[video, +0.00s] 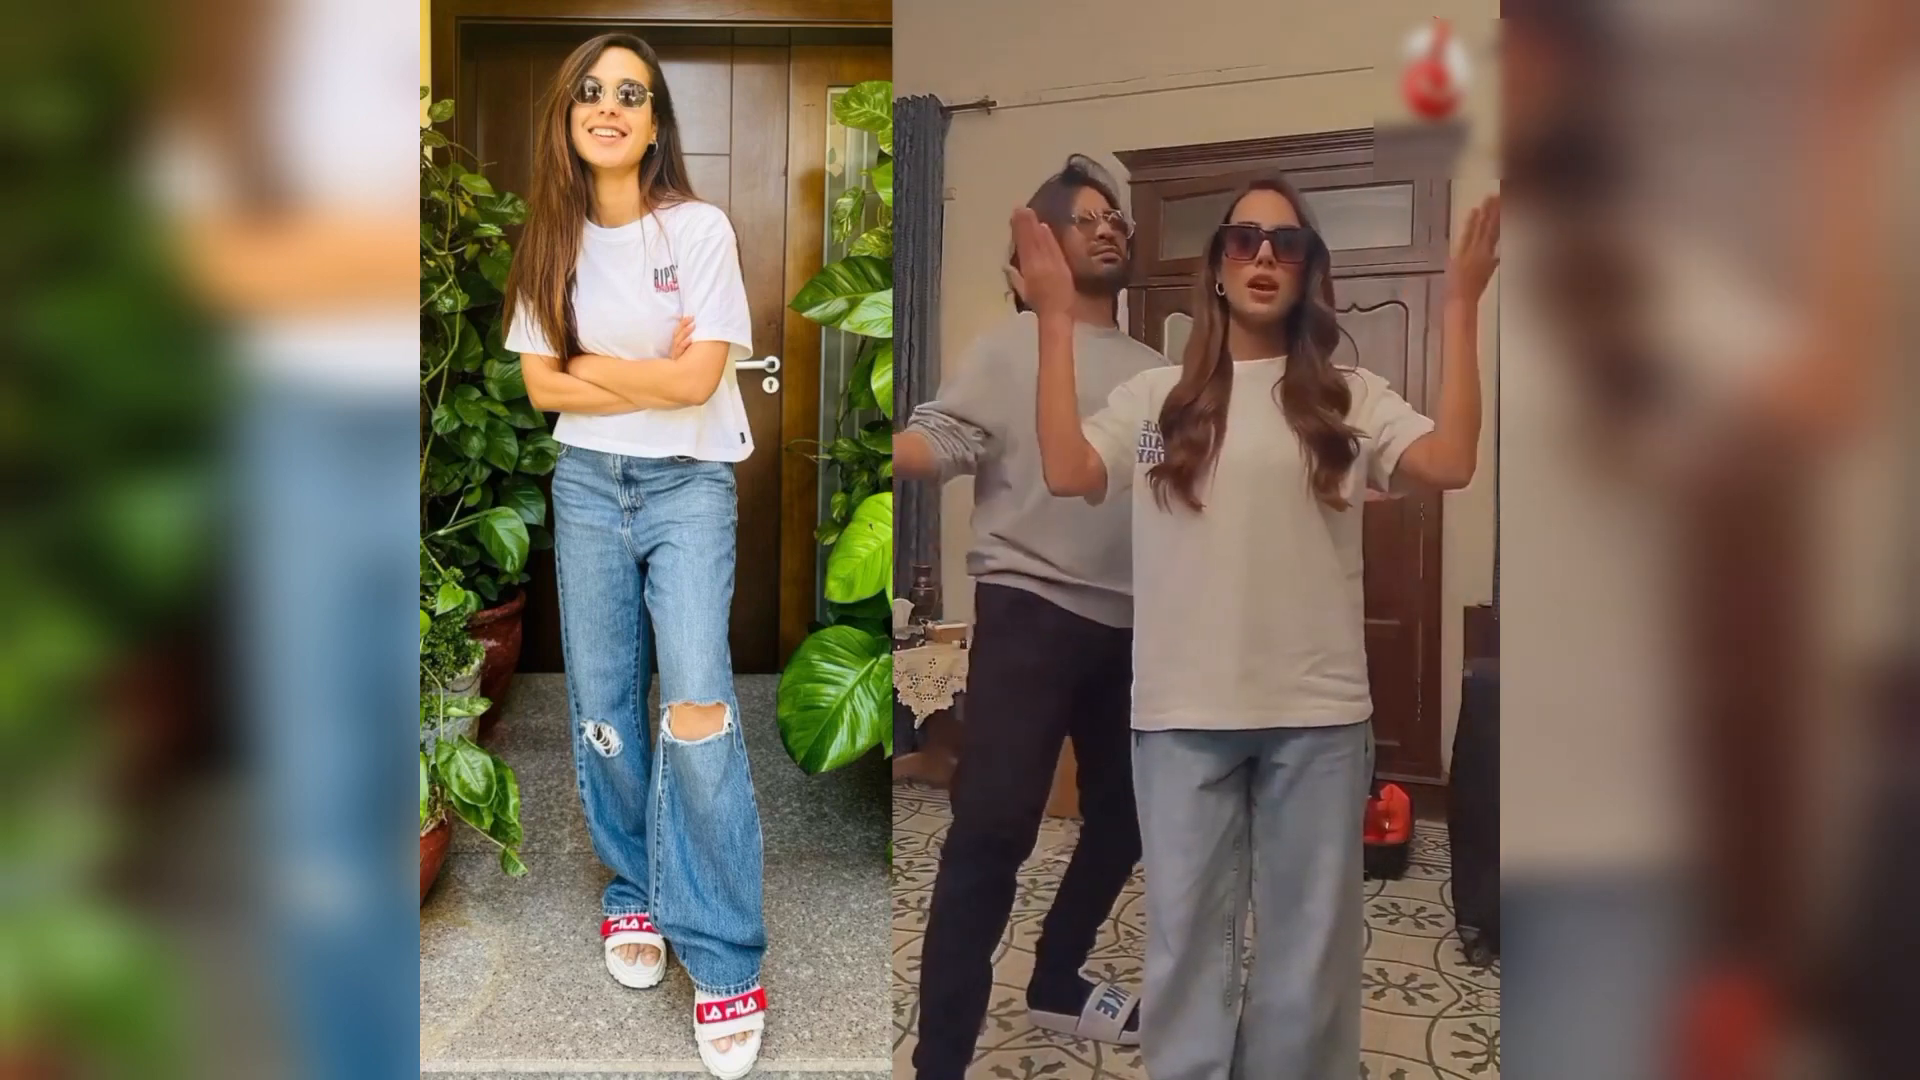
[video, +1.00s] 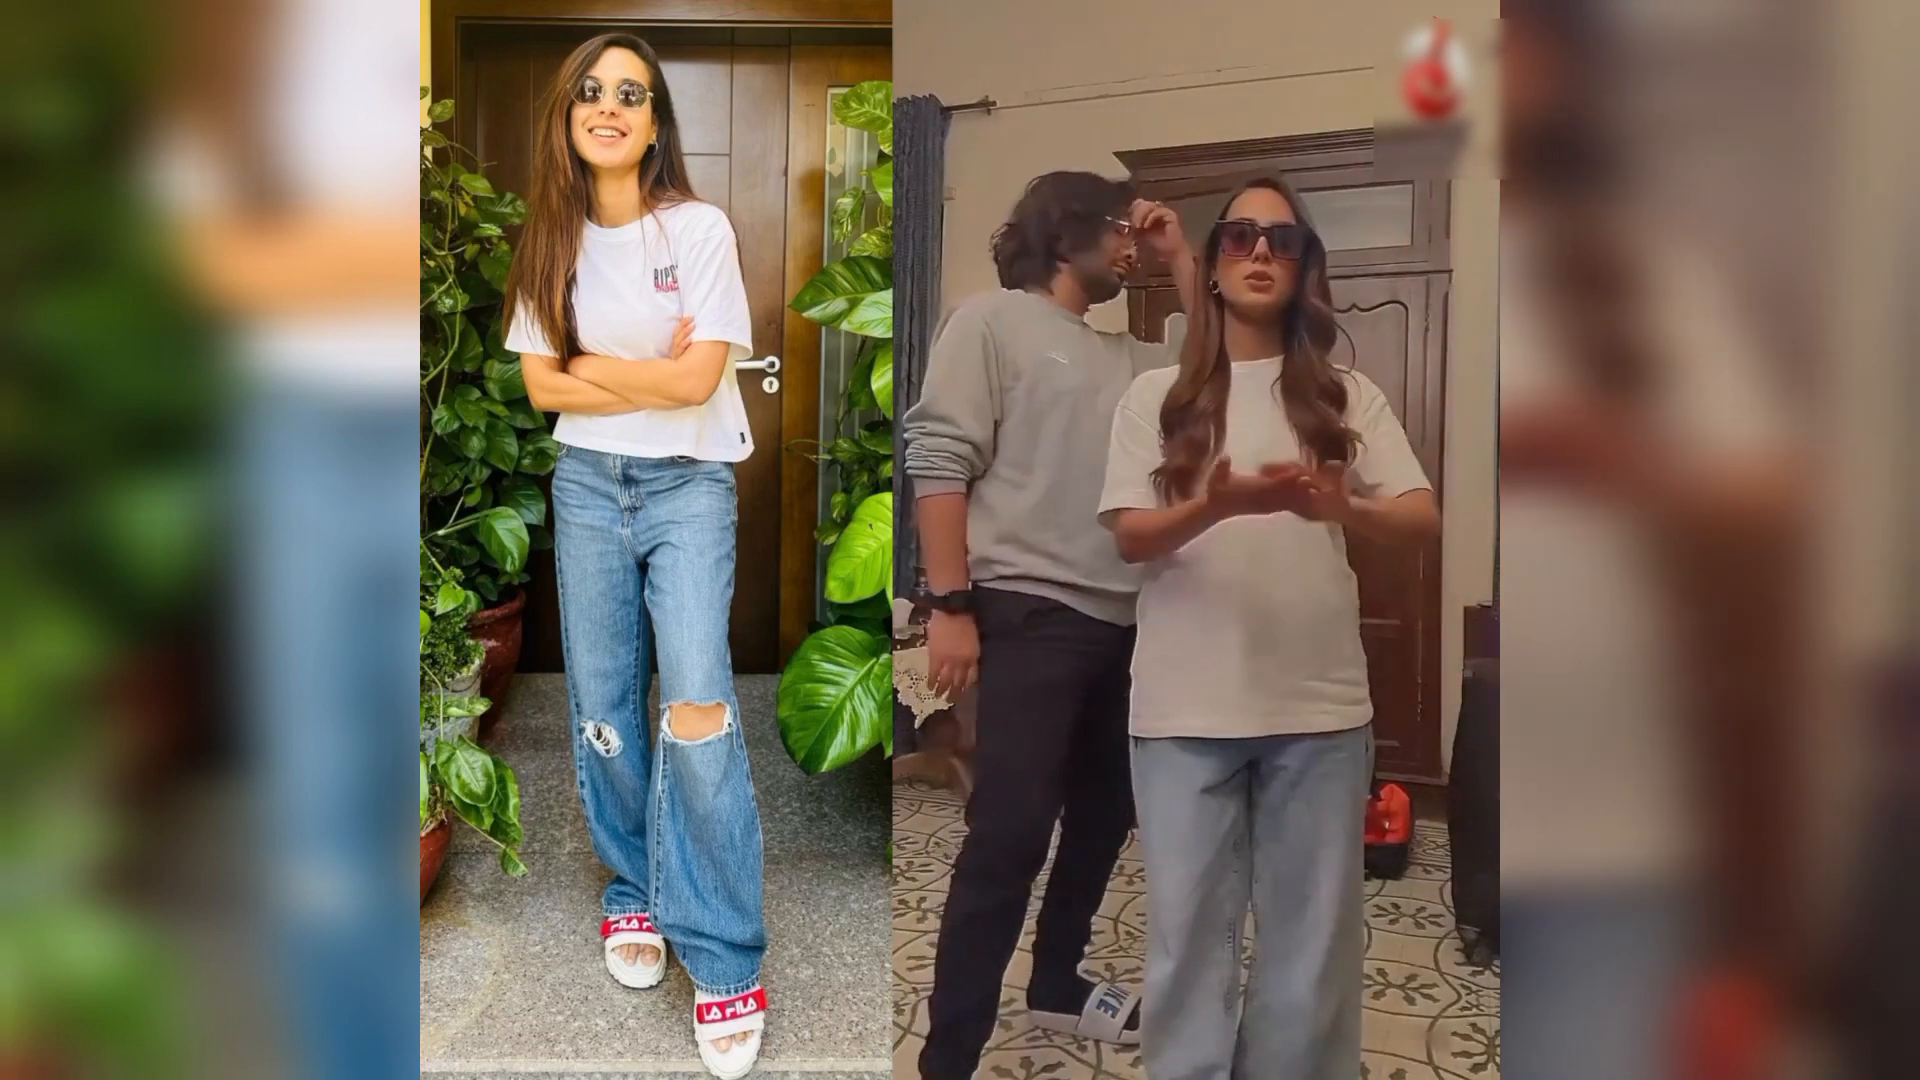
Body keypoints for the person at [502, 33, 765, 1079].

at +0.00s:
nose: (610, 111)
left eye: (629, 97)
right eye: (593, 95)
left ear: (656, 122)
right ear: (566, 117)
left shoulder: (699, 225)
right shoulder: (550, 239)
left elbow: (698, 378)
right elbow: (540, 385)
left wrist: (576, 362)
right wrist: (662, 378)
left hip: (689, 482)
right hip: (584, 484)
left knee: (695, 709)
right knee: (602, 708)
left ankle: (724, 955)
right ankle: (631, 890)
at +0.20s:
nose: (610, 111)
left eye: (629, 97)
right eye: (593, 95)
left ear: (656, 122)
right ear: (566, 117)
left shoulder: (699, 226)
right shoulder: (550, 239)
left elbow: (698, 378)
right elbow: (540, 385)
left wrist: (576, 362)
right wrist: (662, 378)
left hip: (689, 482)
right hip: (584, 484)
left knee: (695, 709)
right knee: (602, 708)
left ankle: (724, 955)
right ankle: (631, 890)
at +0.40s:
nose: (610, 111)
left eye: (629, 97)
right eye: (593, 95)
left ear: (656, 122)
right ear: (566, 117)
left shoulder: (699, 226)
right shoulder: (549, 239)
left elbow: (698, 378)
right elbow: (540, 385)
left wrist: (577, 363)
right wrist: (662, 378)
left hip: (689, 482)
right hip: (584, 484)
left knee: (694, 709)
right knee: (602, 707)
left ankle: (724, 957)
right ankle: (631, 891)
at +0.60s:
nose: (610, 110)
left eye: (630, 97)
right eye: (593, 95)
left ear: (656, 121)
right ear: (566, 117)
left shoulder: (699, 226)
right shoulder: (549, 240)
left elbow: (699, 378)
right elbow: (540, 385)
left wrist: (576, 362)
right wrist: (662, 378)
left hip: (689, 482)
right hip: (584, 484)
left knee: (695, 708)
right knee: (603, 708)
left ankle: (724, 955)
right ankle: (631, 890)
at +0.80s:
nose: (610, 111)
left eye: (629, 98)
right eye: (593, 95)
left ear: (656, 122)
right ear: (566, 117)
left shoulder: (699, 226)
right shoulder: (550, 239)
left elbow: (698, 378)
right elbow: (540, 385)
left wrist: (576, 362)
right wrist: (661, 378)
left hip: (689, 482)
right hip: (584, 484)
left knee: (695, 709)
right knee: (603, 708)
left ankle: (724, 955)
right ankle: (631, 890)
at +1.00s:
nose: (610, 111)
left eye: (629, 98)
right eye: (593, 95)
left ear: (656, 121)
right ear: (566, 117)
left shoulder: (699, 226)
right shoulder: (549, 239)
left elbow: (698, 378)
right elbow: (540, 385)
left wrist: (575, 362)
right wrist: (662, 377)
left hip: (689, 482)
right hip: (584, 483)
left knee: (695, 709)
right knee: (602, 708)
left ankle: (724, 955)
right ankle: (631, 890)